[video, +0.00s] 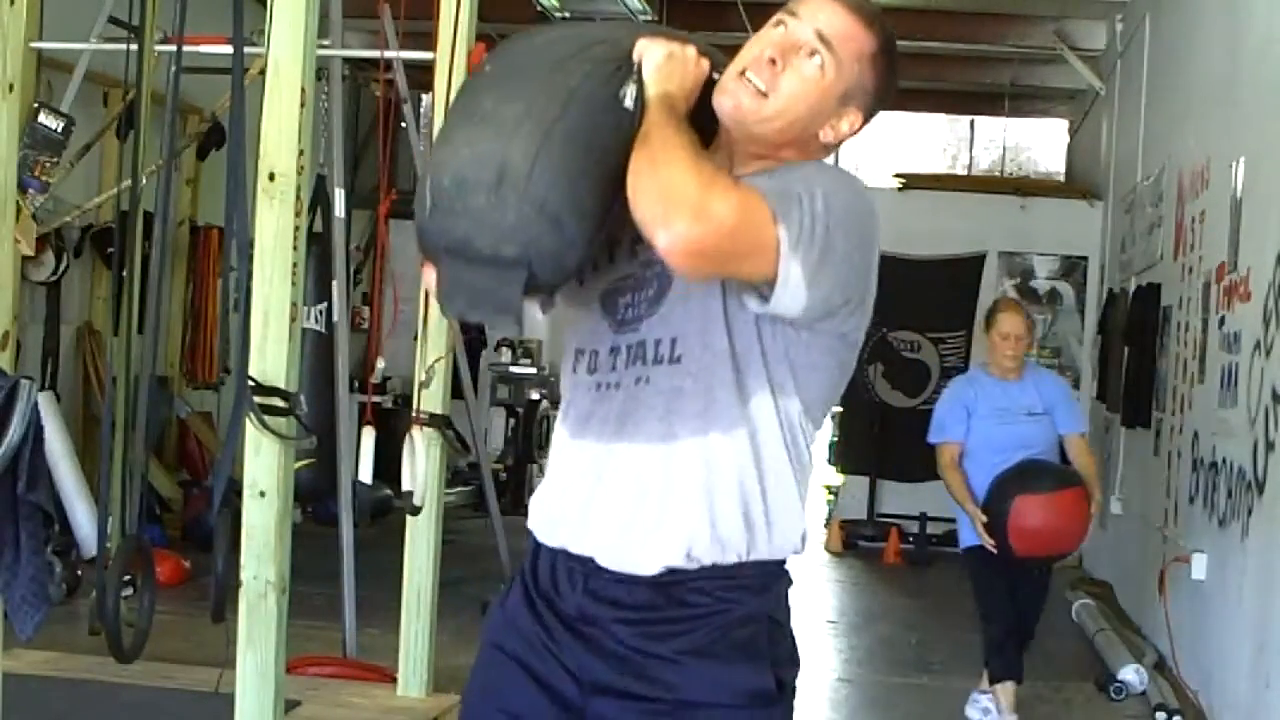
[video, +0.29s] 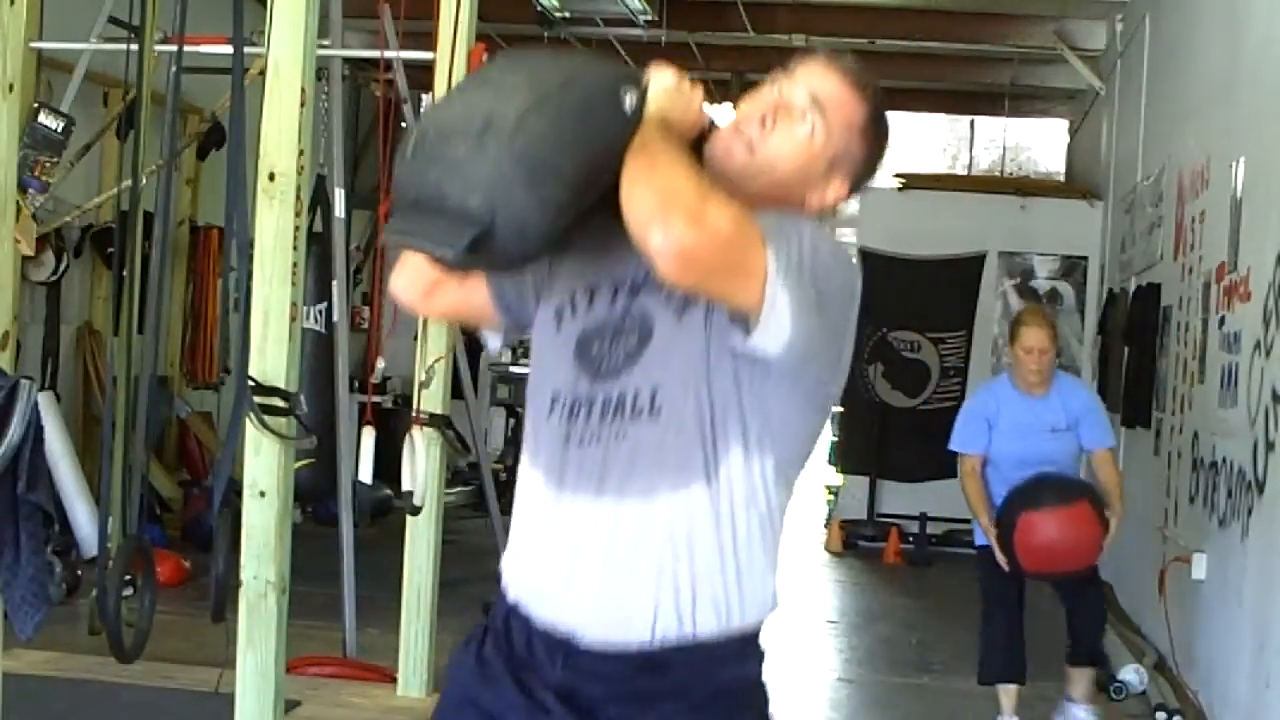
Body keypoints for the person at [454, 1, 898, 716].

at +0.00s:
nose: (774, 47)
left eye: (815, 54)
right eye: (779, 26)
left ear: (840, 124)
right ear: (748, 38)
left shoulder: (834, 207)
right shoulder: (622, 180)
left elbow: (691, 232)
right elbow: (454, 277)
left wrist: (664, 103)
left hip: (706, 635)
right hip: (546, 607)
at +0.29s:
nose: (771, 106)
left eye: (806, 118)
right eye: (780, 88)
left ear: (829, 191)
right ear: (753, 90)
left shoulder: (816, 270)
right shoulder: (592, 241)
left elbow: (681, 242)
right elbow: (421, 285)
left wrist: (665, 121)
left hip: (685, 688)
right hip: (516, 664)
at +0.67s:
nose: (811, 91)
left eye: (844, 111)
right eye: (818, 75)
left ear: (847, 187)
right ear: (779, 81)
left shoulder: (820, 257)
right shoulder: (608, 172)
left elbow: (715, 204)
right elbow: (420, 245)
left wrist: (682, 99)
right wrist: (525, 123)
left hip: (632, 631)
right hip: (468, 597)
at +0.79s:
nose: (826, 52)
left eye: (856, 73)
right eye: (831, 39)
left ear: (863, 148)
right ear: (796, 38)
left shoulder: (818, 201)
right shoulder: (598, 154)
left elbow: (750, 79)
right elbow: (437, 122)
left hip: (622, 561)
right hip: (464, 530)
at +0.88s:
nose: (828, 51)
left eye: (856, 65)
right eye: (836, 44)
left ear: (866, 131)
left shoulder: (798, 174)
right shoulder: (602, 140)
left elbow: (792, 13)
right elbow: (488, 38)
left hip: (626, 573)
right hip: (470, 545)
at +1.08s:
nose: (734, 56)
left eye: (764, 57)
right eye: (739, 47)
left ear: (793, 106)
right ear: (713, 65)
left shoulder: (781, 173)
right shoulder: (610, 143)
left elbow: (805, 10)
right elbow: (601, 7)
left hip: (652, 600)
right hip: (496, 573)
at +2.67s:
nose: (770, 40)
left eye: (820, 51)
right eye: (799, 32)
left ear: (836, 112)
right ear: (753, 42)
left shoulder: (800, 178)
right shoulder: (615, 136)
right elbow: (510, 12)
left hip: (661, 609)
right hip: (507, 577)